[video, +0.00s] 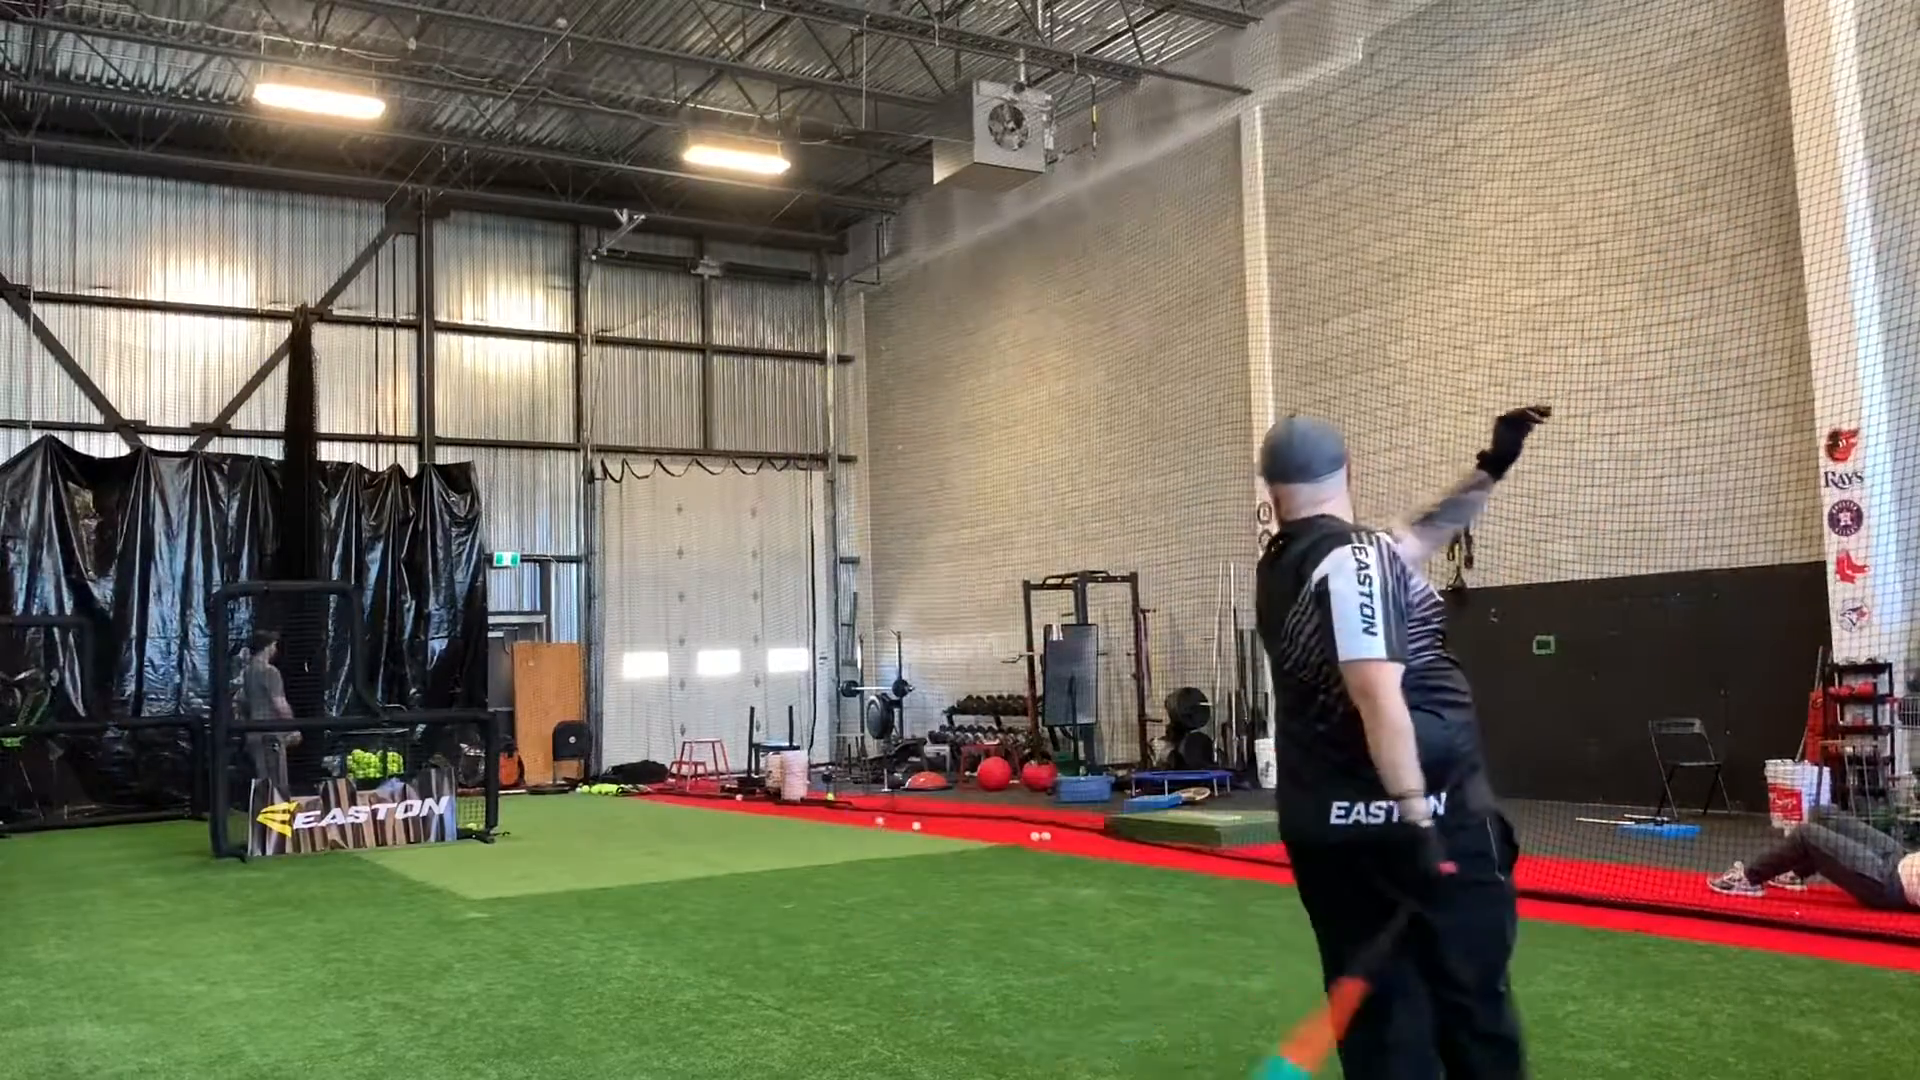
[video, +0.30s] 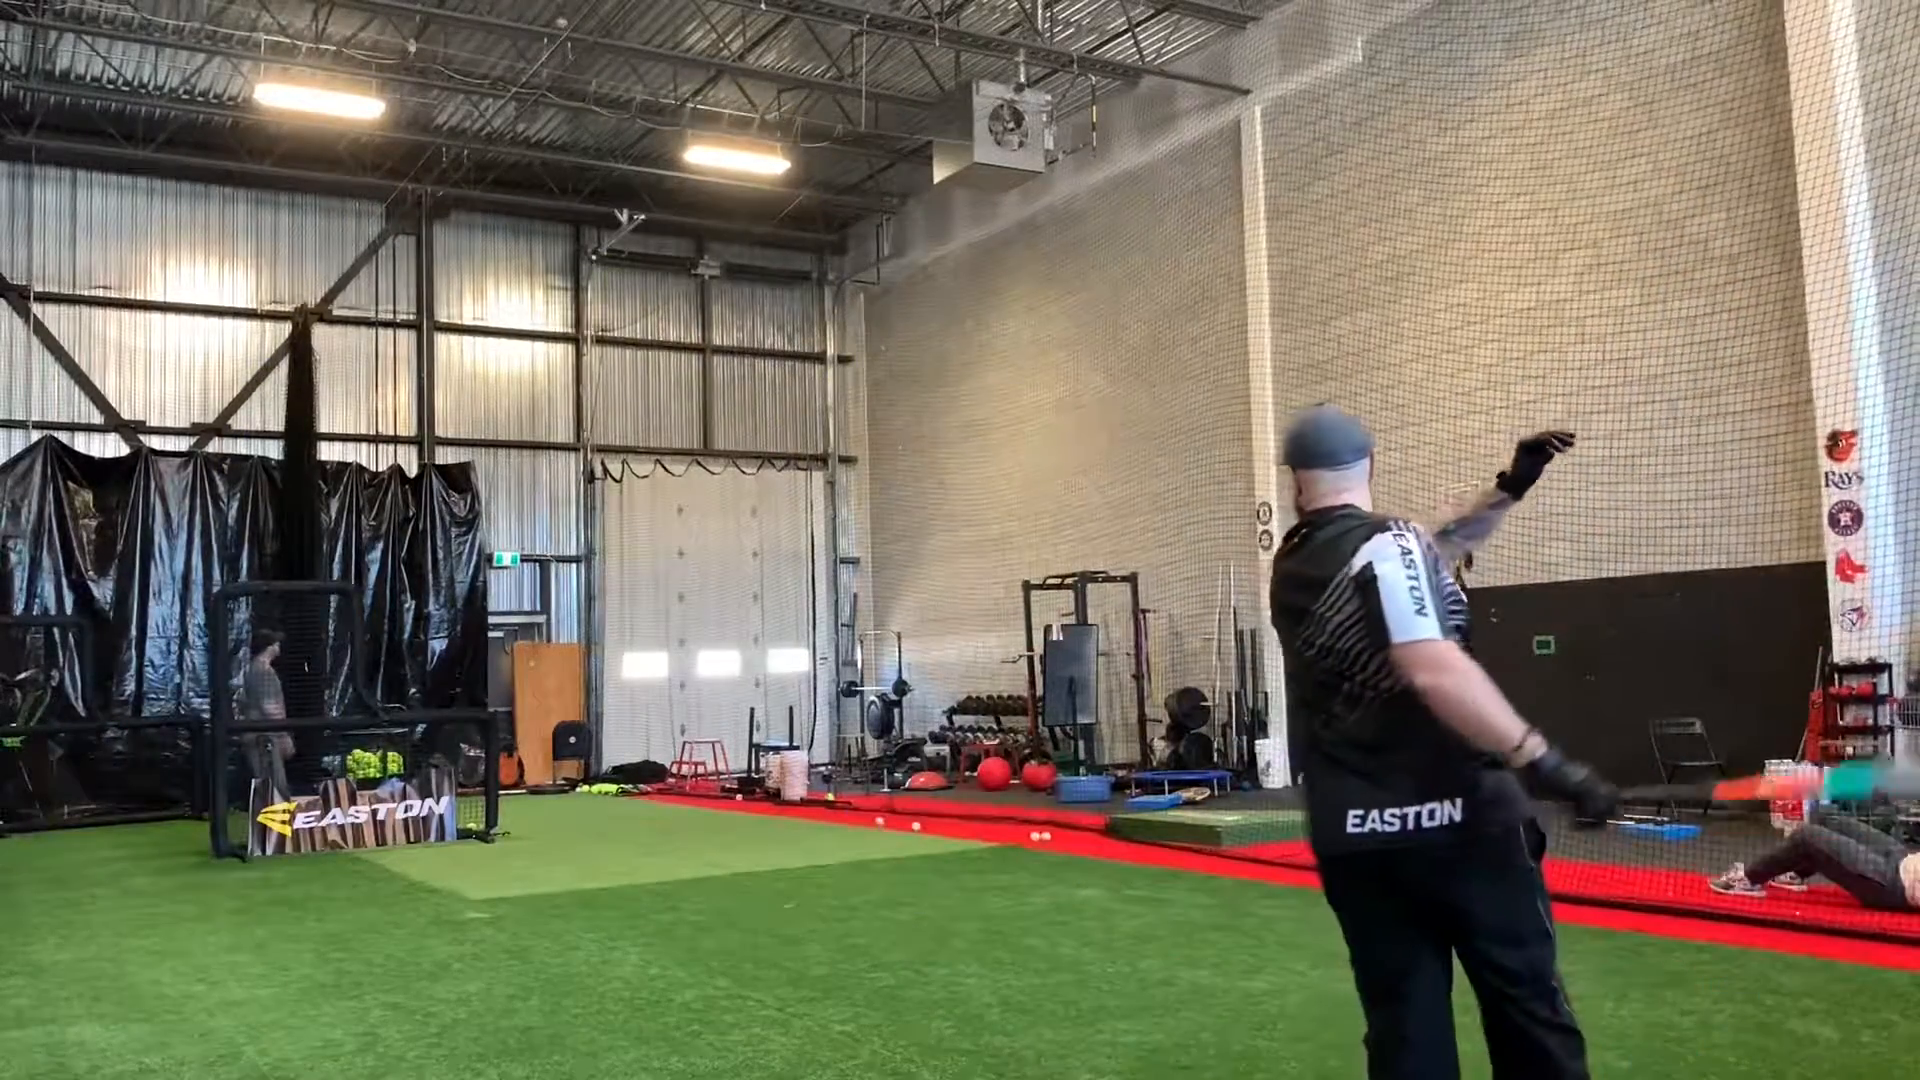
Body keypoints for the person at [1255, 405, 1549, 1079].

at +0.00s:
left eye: (1271, 482)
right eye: (1350, 467)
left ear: (1270, 491)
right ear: (1348, 472)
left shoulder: (1281, 565)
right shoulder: (1358, 558)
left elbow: (1419, 538)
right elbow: (1374, 689)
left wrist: (1490, 469)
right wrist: (1420, 821)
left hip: (1329, 831)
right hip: (1424, 824)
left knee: (1376, 1023)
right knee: (1473, 1015)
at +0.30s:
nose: (1367, 470)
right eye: (1366, 460)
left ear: (1293, 479)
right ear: (1369, 465)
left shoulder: (1292, 565)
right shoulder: (1392, 549)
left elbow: (1424, 554)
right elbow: (1432, 666)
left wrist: (1509, 490)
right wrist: (1544, 761)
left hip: (1353, 834)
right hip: (1457, 821)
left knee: (1402, 1029)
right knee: (1529, 1014)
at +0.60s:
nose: (1337, 485)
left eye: (1335, 473)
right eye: (1336, 472)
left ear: (1344, 477)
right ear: (1415, 462)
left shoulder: (1320, 578)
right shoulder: (1497, 530)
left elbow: (1318, 663)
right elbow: (1589, 627)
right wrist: (1705, 675)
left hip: (1393, 849)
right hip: (1519, 842)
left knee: (1394, 1046)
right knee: (1523, 1036)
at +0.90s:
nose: (1359, 531)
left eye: (1355, 511)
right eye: (1353, 513)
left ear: (1385, 494)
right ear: (1436, 480)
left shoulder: (1399, 588)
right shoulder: (1557, 537)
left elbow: (1311, 722)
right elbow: (1653, 615)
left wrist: (1208, 807)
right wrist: (1718, 636)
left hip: (1477, 835)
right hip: (1593, 827)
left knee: (1428, 1039)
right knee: (1555, 1027)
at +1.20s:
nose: (1378, 525)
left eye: (1382, 505)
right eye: (1373, 509)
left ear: (1432, 490)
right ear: (1440, 492)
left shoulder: (1482, 556)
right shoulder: (1535, 540)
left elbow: (1506, 650)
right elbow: (1594, 665)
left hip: (1550, 831)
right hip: (1598, 820)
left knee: (1512, 1024)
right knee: (1566, 1026)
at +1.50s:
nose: (1425, 479)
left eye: (1436, 461)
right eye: (1428, 462)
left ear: (1484, 462)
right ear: (1482, 465)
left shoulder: (1550, 550)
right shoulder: (1487, 554)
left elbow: (1604, 682)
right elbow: (1473, 667)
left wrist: (1554, 802)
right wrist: (1440, 748)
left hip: (1603, 865)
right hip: (1555, 858)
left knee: (1601, 1058)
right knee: (1560, 1050)